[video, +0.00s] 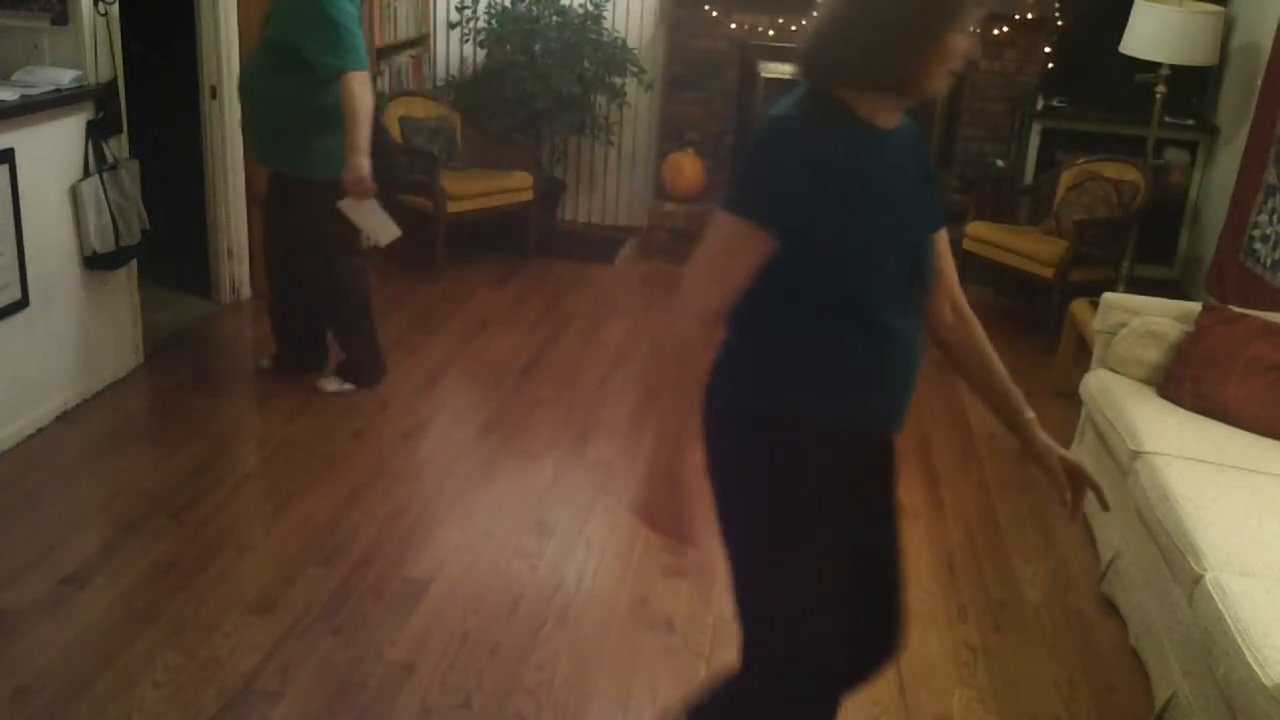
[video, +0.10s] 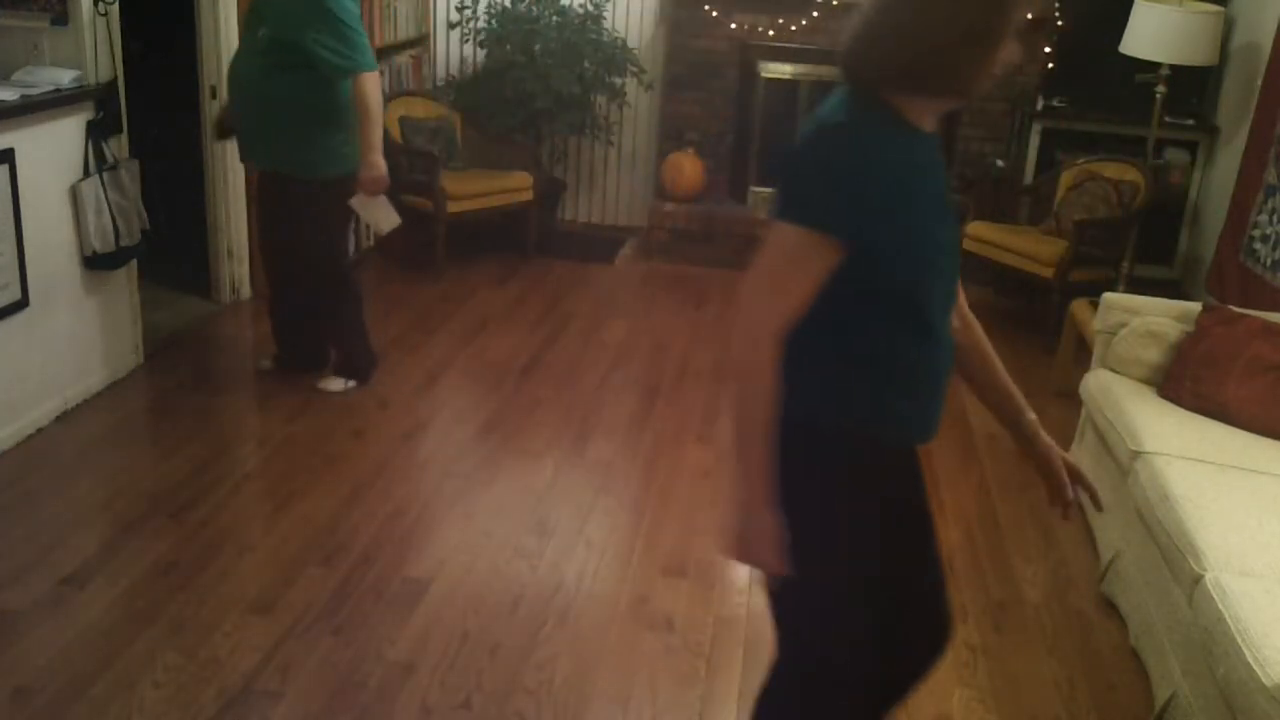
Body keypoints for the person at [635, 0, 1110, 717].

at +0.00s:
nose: (973, 49)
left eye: (976, 32)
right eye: (965, 27)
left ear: (921, 38)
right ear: (913, 29)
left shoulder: (907, 146)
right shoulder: (794, 141)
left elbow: (949, 312)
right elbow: (694, 307)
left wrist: (1034, 437)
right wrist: (665, 467)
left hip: (859, 430)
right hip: (771, 428)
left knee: (869, 637)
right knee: (795, 665)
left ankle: (718, 709)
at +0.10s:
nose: (1017, 56)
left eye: (1022, 37)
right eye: (1012, 33)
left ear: (954, 38)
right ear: (960, 35)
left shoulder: (911, 143)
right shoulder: (852, 145)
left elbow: (949, 313)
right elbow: (755, 319)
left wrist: (1033, 435)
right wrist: (755, 505)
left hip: (879, 442)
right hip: (823, 445)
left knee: (917, 629)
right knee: (829, 658)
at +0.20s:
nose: (1047, 65)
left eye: (1050, 46)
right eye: (1042, 45)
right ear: (1002, 55)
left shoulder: (933, 146)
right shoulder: (903, 155)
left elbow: (949, 326)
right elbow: (823, 345)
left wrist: (1024, 441)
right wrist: (837, 526)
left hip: (894, 444)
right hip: (857, 450)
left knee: (937, 641)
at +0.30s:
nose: (1082, 74)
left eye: (1085, 54)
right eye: (1079, 53)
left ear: (984, 44)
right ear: (1044, 60)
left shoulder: (955, 140)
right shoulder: (958, 160)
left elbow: (953, 333)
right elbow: (893, 363)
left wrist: (1005, 444)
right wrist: (924, 545)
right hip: (895, 449)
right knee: (944, 665)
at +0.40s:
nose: (1117, 78)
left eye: (1119, 60)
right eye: (1112, 59)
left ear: (1012, 42)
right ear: (1078, 63)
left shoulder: (959, 136)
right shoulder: (1010, 165)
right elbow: (960, 374)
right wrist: (998, 551)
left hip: (909, 417)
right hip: (949, 441)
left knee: (928, 669)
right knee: (954, 682)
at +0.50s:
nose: (1155, 77)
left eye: (1155, 59)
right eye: (1150, 58)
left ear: (1039, 43)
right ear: (1120, 64)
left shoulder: (989, 133)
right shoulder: (1064, 170)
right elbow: (1028, 376)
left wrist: (1092, 192)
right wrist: (1069, 544)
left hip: (941, 410)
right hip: (993, 436)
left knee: (985, 671)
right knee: (1004, 686)